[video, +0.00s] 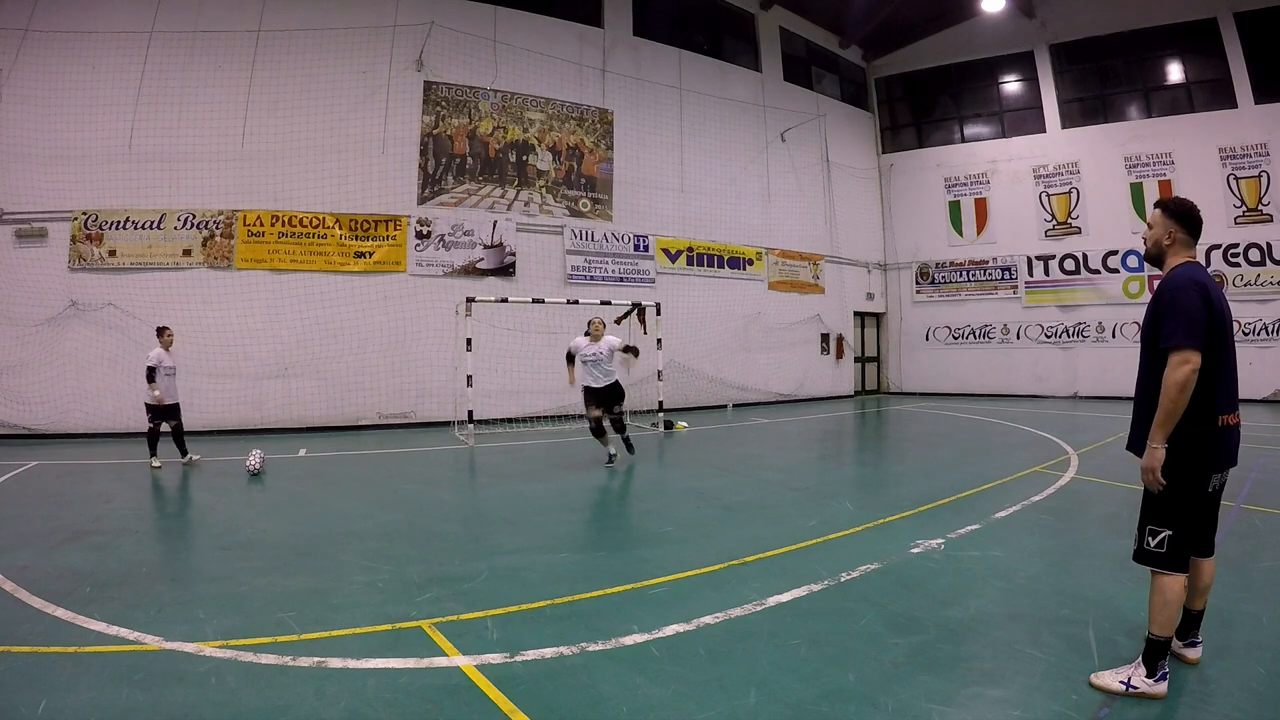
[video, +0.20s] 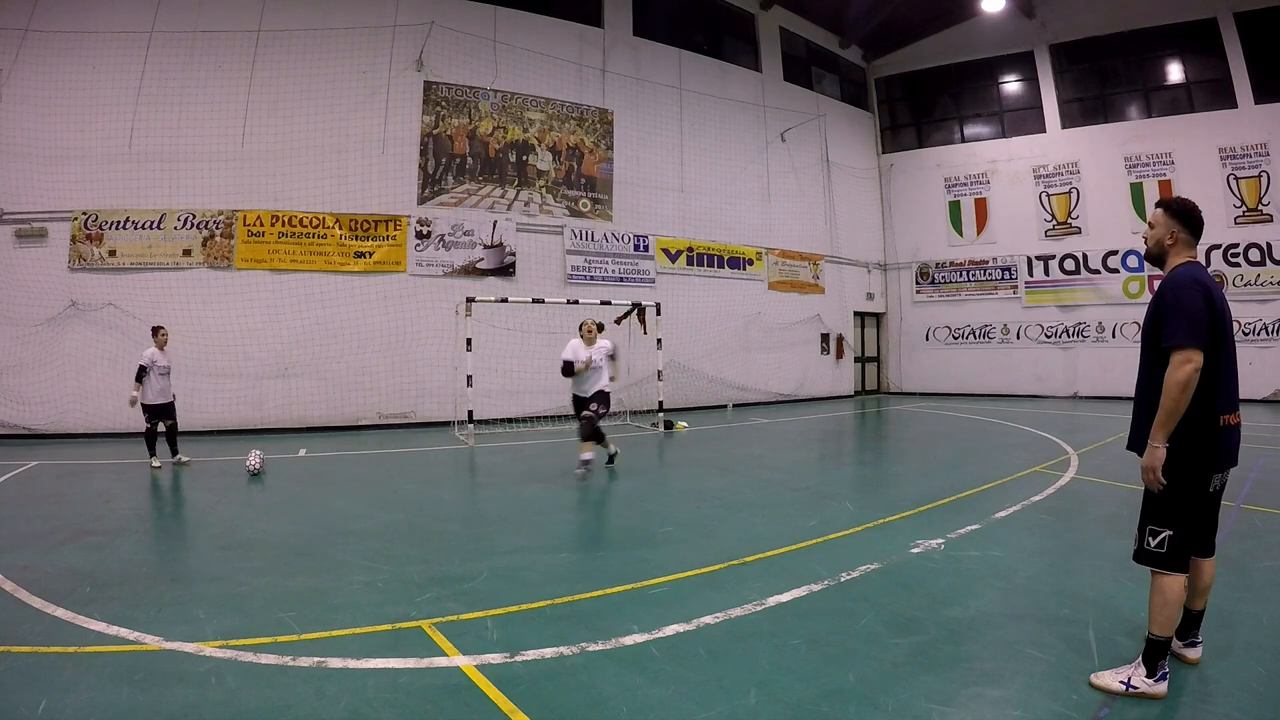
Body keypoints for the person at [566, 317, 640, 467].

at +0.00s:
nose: (596, 325)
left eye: (599, 324)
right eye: (593, 323)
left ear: (604, 329)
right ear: (588, 329)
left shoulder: (609, 341)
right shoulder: (579, 343)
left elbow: (626, 348)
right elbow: (570, 355)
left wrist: (633, 351)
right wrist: (571, 375)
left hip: (611, 387)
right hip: (591, 389)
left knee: (618, 425)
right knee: (595, 427)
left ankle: (625, 438)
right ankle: (611, 451)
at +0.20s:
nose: (589, 326)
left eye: (592, 325)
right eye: (585, 325)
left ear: (597, 331)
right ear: (581, 331)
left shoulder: (605, 345)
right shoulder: (574, 345)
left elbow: (612, 355)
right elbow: (565, 371)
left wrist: (613, 373)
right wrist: (583, 368)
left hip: (600, 392)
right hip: (580, 395)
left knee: (587, 421)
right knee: (590, 428)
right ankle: (611, 450)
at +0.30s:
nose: (587, 327)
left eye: (590, 325)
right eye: (583, 325)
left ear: (596, 332)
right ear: (579, 332)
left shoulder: (601, 351)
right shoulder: (570, 345)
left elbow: (597, 372)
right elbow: (558, 371)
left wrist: (603, 389)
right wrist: (572, 376)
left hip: (591, 397)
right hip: (570, 398)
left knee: (574, 432)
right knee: (572, 438)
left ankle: (571, 476)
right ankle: (595, 456)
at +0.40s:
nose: (582, 321)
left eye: (585, 320)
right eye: (579, 320)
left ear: (592, 329)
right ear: (574, 328)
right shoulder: (563, 344)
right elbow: (544, 369)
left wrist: (609, 377)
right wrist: (549, 388)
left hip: (584, 401)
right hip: (560, 397)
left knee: (570, 436)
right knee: (547, 434)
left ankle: (570, 476)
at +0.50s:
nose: (573, 305)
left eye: (577, 303)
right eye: (571, 303)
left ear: (586, 310)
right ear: (568, 310)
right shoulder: (557, 327)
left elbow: (604, 326)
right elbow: (532, 336)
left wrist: (598, 317)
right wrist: (525, 330)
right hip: (557, 378)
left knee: (569, 431)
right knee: (535, 386)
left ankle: (569, 474)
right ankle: (527, 422)